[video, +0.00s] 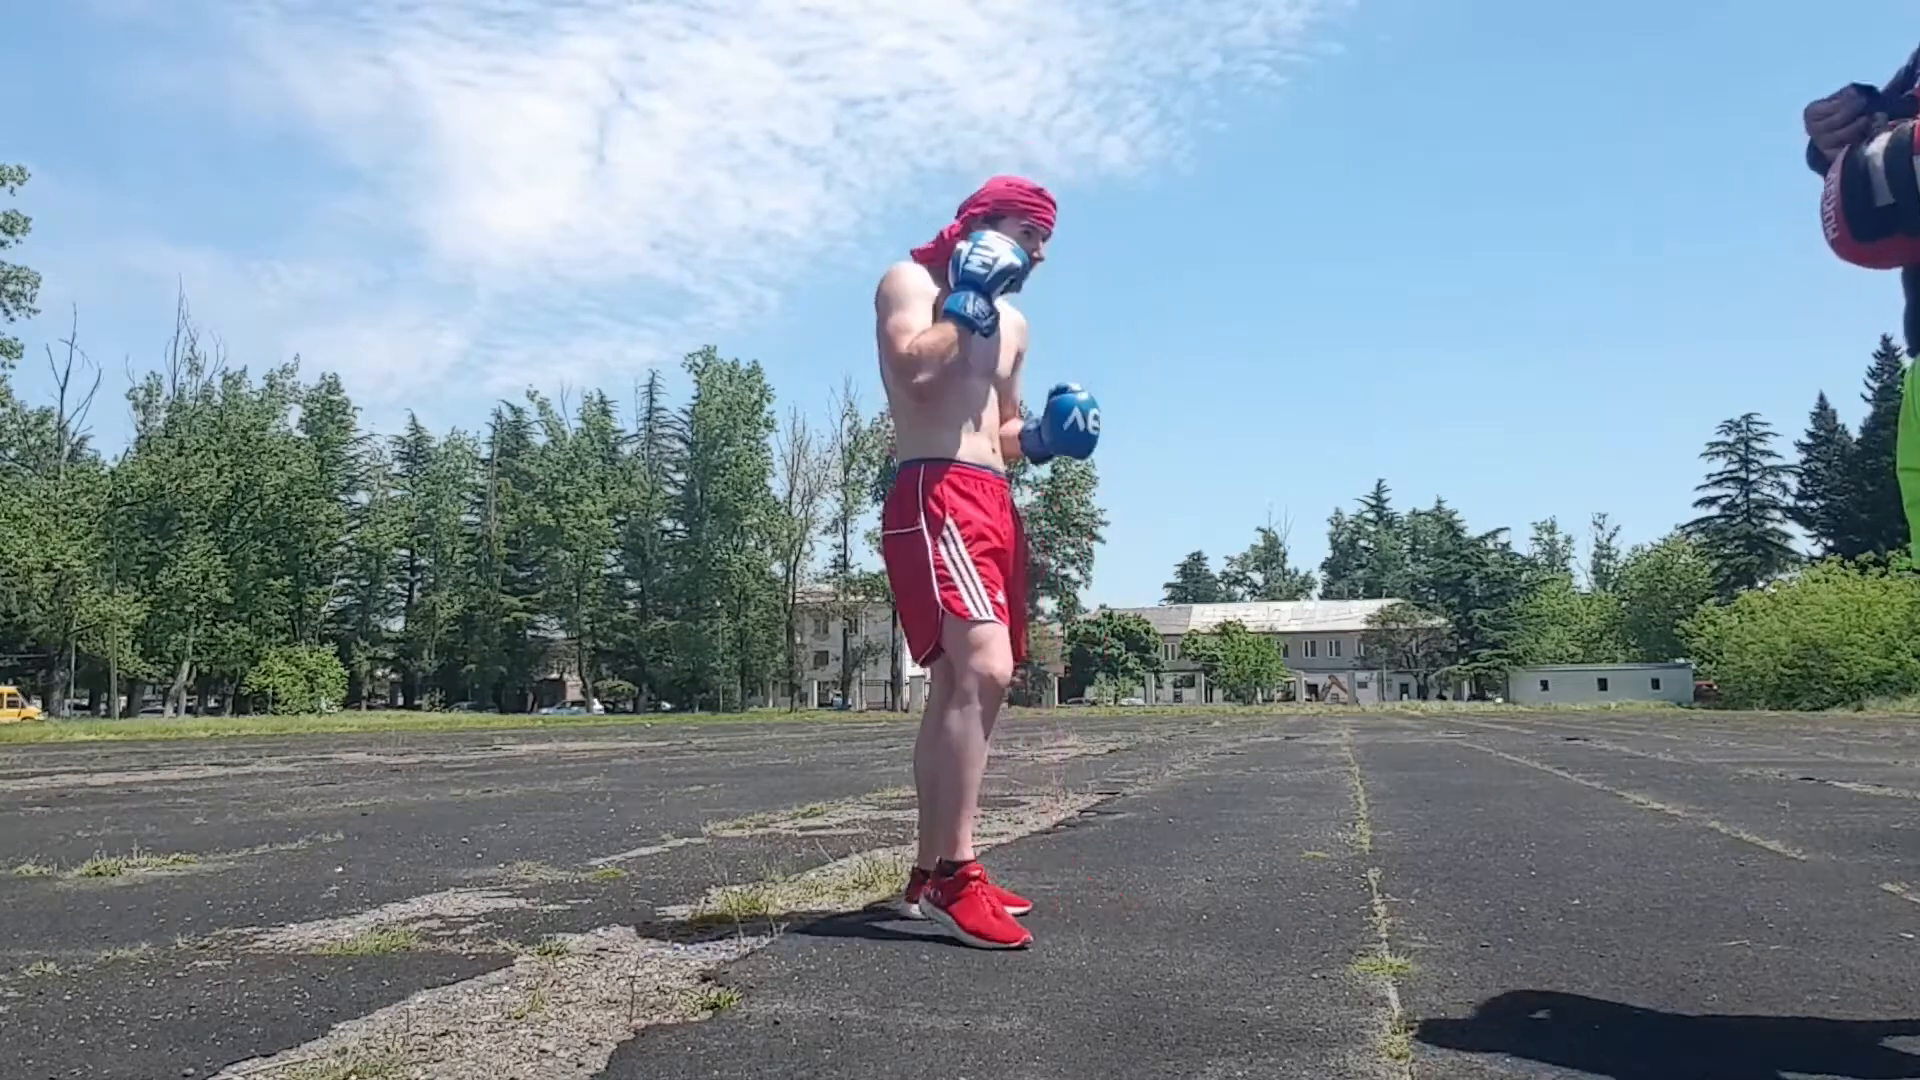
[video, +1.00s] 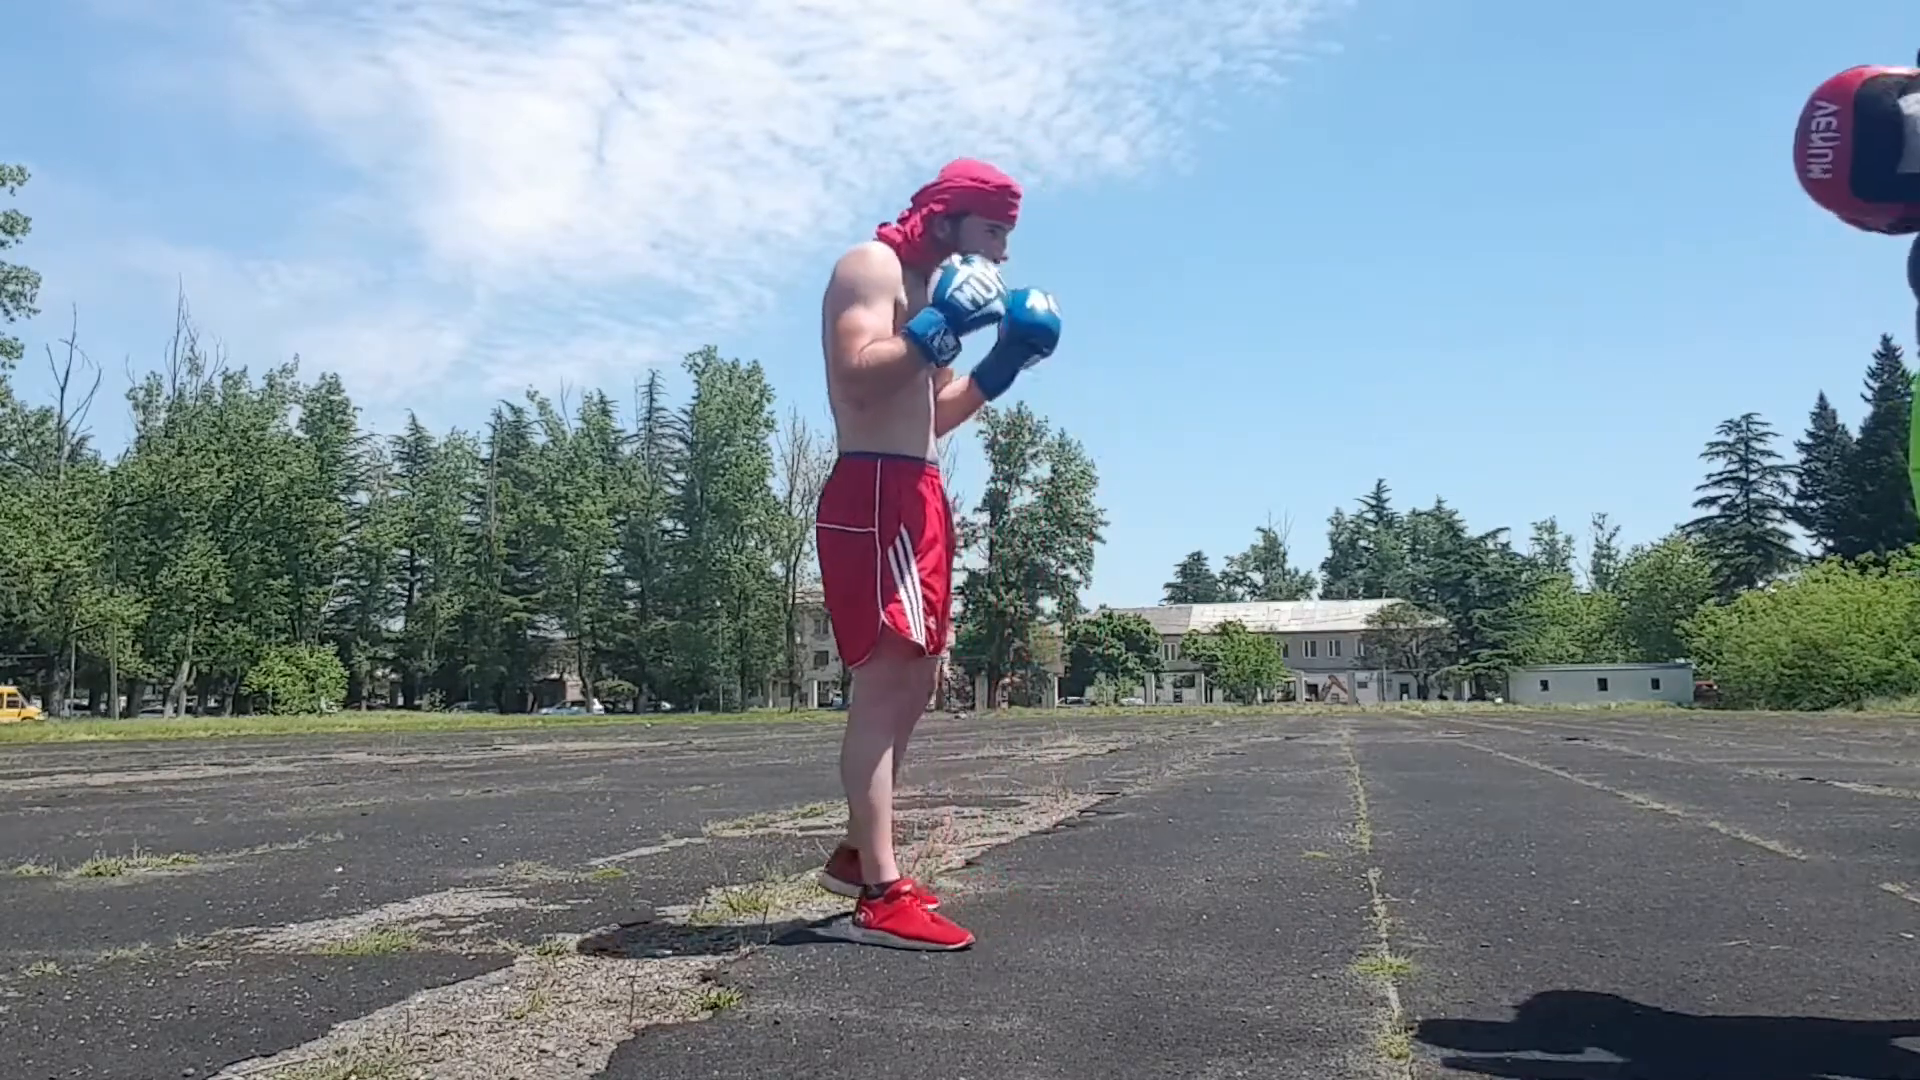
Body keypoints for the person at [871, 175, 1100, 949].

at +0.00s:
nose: (1024, 256)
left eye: (1034, 249)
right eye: (1018, 239)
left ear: (1032, 258)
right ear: (975, 226)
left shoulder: (1012, 325)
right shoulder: (908, 282)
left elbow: (1002, 436)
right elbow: (913, 365)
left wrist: (1045, 435)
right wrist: (970, 306)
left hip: (992, 503)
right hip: (935, 493)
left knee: (960, 687)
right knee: (989, 670)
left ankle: (936, 872)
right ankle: (954, 871)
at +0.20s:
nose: (1030, 268)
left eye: (1039, 260)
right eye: (1024, 251)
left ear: (1031, 263)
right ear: (983, 233)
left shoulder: (1003, 329)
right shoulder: (913, 277)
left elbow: (991, 440)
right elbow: (918, 366)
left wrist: (1047, 425)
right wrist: (982, 310)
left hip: (983, 501)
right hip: (928, 493)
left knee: (965, 689)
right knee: (953, 679)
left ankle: (941, 866)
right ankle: (905, 878)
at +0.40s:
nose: (1033, 256)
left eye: (1039, 245)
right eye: (1026, 238)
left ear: (1021, 245)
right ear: (980, 224)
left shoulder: (982, 320)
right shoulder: (912, 272)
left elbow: (989, 438)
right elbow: (905, 371)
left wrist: (1050, 387)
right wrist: (977, 322)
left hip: (976, 509)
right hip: (921, 501)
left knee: (952, 705)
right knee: (914, 698)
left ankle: (936, 872)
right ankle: (886, 889)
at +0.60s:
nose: (1024, 248)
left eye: (1031, 236)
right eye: (1019, 232)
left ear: (1002, 236)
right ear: (971, 218)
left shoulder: (973, 294)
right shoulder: (905, 265)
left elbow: (995, 415)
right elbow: (882, 378)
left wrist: (1019, 337)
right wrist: (971, 328)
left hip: (948, 499)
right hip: (897, 489)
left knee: (941, 693)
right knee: (893, 688)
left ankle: (939, 869)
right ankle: (883, 891)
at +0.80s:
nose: (1013, 252)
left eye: (1020, 240)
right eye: (1006, 233)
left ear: (996, 237)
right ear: (959, 214)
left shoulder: (950, 296)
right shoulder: (884, 262)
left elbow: (952, 417)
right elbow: (883, 373)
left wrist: (1018, 358)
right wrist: (958, 314)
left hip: (929, 497)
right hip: (883, 493)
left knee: (922, 689)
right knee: (885, 689)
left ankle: (914, 858)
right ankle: (879, 889)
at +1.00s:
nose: (999, 251)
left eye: (1004, 238)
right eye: (992, 233)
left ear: (970, 233)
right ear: (945, 218)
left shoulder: (932, 294)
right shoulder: (872, 264)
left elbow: (936, 417)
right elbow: (855, 376)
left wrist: (1006, 362)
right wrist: (938, 327)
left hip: (920, 495)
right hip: (878, 493)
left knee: (915, 683)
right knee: (886, 682)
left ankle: (860, 849)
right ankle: (882, 886)